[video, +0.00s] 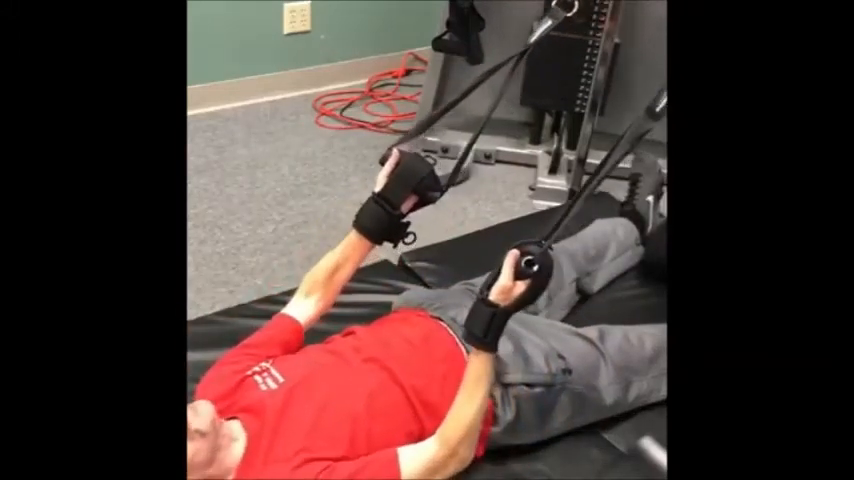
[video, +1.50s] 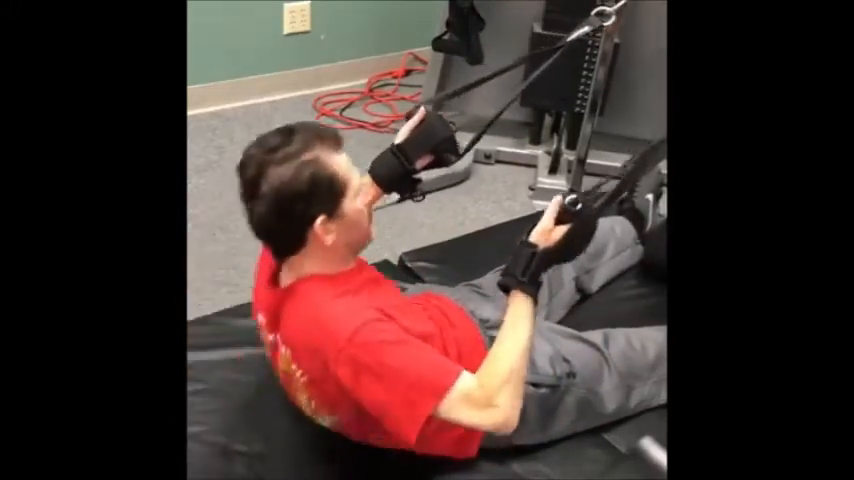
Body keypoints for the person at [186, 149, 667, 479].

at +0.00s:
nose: (198, 414)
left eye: (184, 411)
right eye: (187, 434)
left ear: (188, 406)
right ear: (196, 472)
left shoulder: (222, 380)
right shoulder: (285, 475)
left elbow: (311, 297)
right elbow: (445, 455)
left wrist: (382, 211)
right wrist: (493, 321)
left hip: (427, 313)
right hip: (490, 385)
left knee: (550, 269)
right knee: (641, 355)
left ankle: (634, 223)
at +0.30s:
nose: (203, 382)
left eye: (189, 383)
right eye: (194, 405)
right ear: (198, 465)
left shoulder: (235, 364)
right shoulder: (287, 473)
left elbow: (308, 288)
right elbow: (453, 453)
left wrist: (374, 206)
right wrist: (484, 314)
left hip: (427, 313)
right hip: (486, 384)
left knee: (545, 265)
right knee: (637, 357)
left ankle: (631, 226)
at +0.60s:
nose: (226, 338)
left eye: (209, 338)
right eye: (211, 356)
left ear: (219, 331)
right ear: (210, 420)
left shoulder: (251, 340)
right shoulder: (294, 462)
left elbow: (311, 269)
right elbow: (465, 454)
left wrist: (379, 194)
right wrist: (502, 311)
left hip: (435, 309)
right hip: (496, 377)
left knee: (553, 263)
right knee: (639, 355)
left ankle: (637, 222)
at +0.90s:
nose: (275, 278)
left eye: (257, 274)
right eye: (258, 290)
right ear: (243, 352)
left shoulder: (272, 311)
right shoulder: (316, 434)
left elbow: (320, 244)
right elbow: (482, 446)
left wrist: (380, 185)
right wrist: (515, 312)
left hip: (451, 307)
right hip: (504, 379)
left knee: (611, 229)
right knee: (655, 352)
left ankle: (637, 226)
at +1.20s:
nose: (319, 227)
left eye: (306, 220)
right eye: (305, 231)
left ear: (278, 286)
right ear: (283, 284)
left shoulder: (273, 302)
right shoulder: (331, 386)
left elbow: (324, 232)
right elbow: (489, 432)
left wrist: (383, 176)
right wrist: (525, 293)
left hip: (458, 307)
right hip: (506, 376)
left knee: (591, 238)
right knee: (656, 351)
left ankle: (638, 218)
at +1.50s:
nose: (369, 190)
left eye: (359, 181)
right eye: (358, 190)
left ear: (311, 231)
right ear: (323, 230)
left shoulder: (282, 259)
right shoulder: (352, 338)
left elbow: (331, 221)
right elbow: (495, 408)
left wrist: (391, 166)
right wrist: (528, 273)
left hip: (450, 305)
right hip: (496, 376)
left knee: (555, 258)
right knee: (658, 351)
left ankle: (636, 223)